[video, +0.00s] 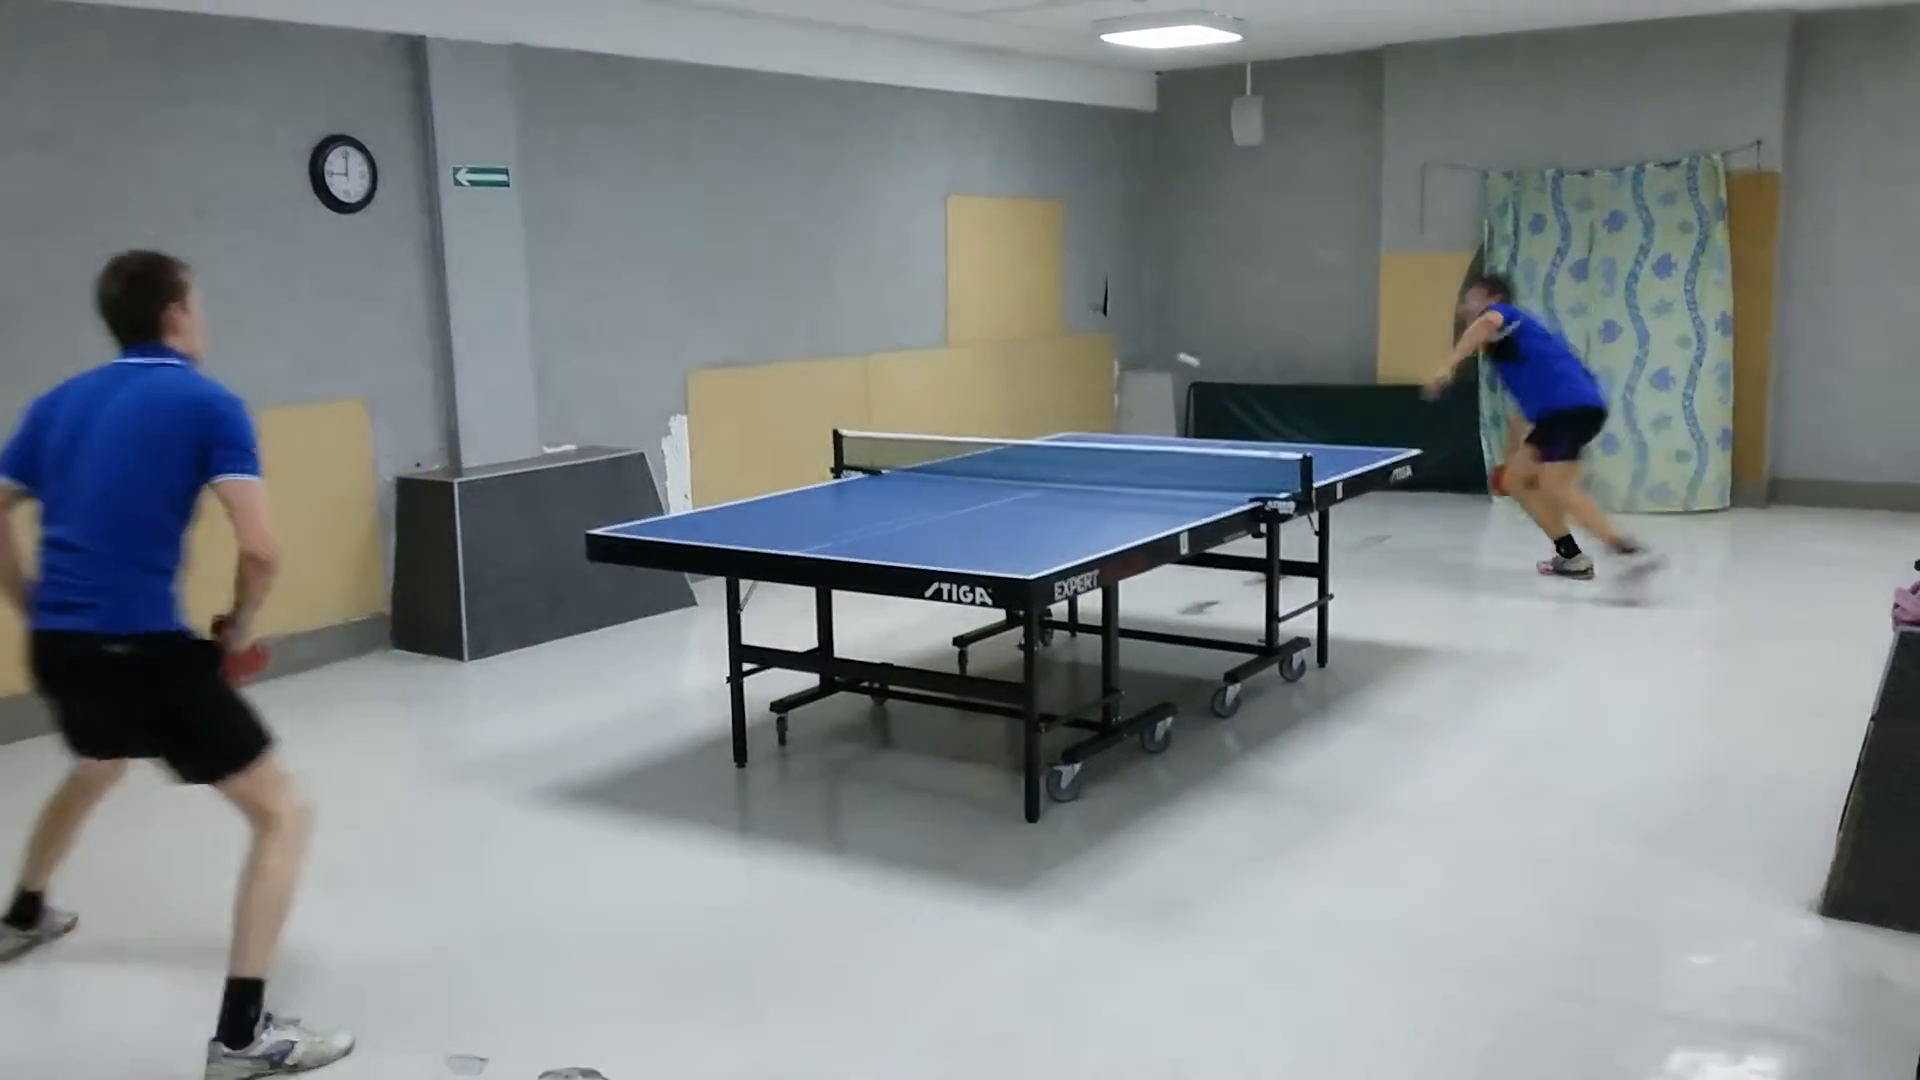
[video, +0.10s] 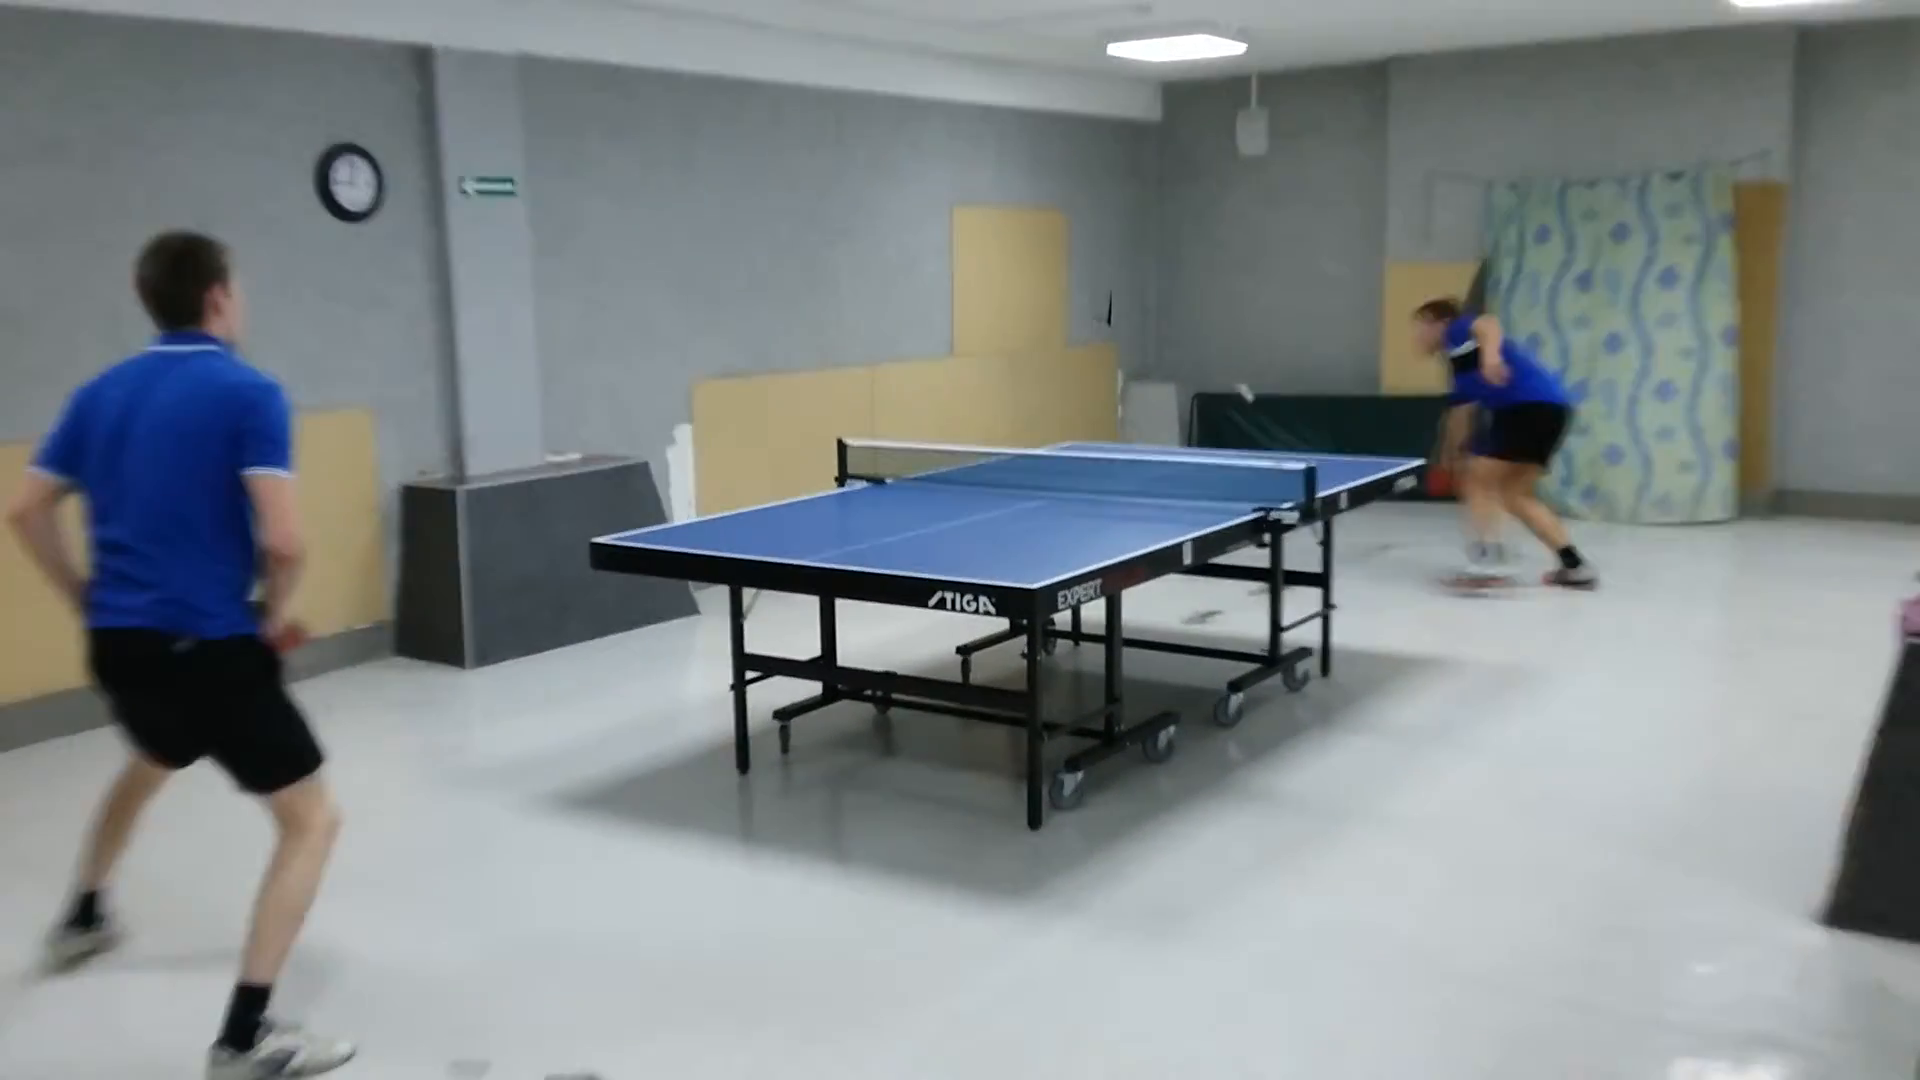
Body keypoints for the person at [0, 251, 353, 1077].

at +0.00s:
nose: (201, 319)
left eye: (194, 304)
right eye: (194, 305)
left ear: (119, 323)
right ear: (174, 317)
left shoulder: (62, 400)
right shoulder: (205, 400)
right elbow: (258, 550)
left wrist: (31, 599)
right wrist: (237, 631)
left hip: (58, 642)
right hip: (146, 649)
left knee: (98, 763)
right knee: (281, 812)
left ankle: (23, 910)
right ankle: (242, 1029)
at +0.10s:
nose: (241, 302)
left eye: (235, 288)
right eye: (235, 290)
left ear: (152, 306)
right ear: (218, 300)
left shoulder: (105, 391)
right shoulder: (248, 391)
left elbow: (27, 509)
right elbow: (281, 542)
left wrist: (82, 594)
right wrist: (277, 611)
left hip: (119, 643)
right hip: (214, 649)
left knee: (153, 756)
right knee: (311, 818)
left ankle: (80, 913)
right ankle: (244, 1030)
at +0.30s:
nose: (299, 253)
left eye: (293, 239)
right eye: (295, 241)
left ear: (211, 256)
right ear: (279, 252)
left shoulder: (154, 341)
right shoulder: (311, 351)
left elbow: (92, 464)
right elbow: (337, 510)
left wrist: (148, 549)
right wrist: (352, 584)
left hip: (171, 599)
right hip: (263, 602)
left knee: (221, 744)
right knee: (366, 780)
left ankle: (210, 913)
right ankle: (312, 992)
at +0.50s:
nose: (373, 318)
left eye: (367, 304)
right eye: (368, 305)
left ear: (290, 317)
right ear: (350, 314)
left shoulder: (234, 392)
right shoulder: (359, 415)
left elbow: (169, 505)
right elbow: (382, 573)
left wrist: (244, 552)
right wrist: (447, 598)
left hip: (200, 641)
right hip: (285, 650)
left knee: (281, 756)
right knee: (420, 806)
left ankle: (208, 921)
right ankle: (403, 1029)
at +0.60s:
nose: (390, 319)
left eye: (384, 305)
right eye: (386, 307)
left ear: (309, 318)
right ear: (367, 318)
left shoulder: (262, 385)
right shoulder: (354, 416)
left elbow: (267, 523)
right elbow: (364, 577)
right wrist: (473, 599)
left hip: (209, 633)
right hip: (282, 647)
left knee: (287, 758)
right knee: (426, 793)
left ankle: (209, 921)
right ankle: (404, 1018)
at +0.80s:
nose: (436, 315)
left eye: (432, 301)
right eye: (432, 302)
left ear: (362, 314)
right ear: (411, 314)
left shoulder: (342, 383)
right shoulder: (355, 422)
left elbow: (371, 473)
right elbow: (354, 588)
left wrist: (465, 480)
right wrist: (474, 634)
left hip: (275, 626)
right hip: (308, 647)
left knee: (331, 761)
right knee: (451, 793)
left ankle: (219, 910)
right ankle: (418, 1016)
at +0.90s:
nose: (468, 337)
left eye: (466, 323)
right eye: (464, 324)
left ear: (411, 335)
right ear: (440, 335)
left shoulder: (424, 404)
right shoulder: (357, 449)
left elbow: (437, 483)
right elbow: (355, 610)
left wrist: (505, 491)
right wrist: (465, 678)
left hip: (355, 636)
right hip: (313, 655)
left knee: (402, 757)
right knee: (473, 802)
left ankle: (266, 876)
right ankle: (419, 1017)